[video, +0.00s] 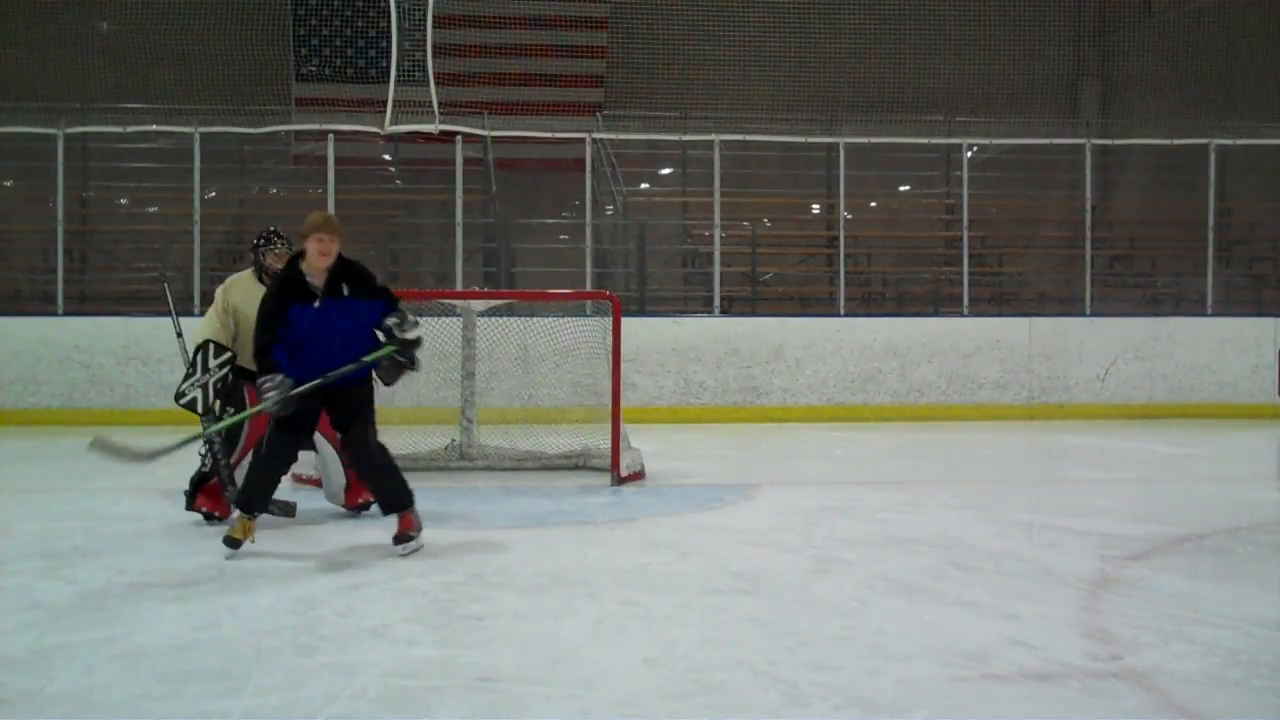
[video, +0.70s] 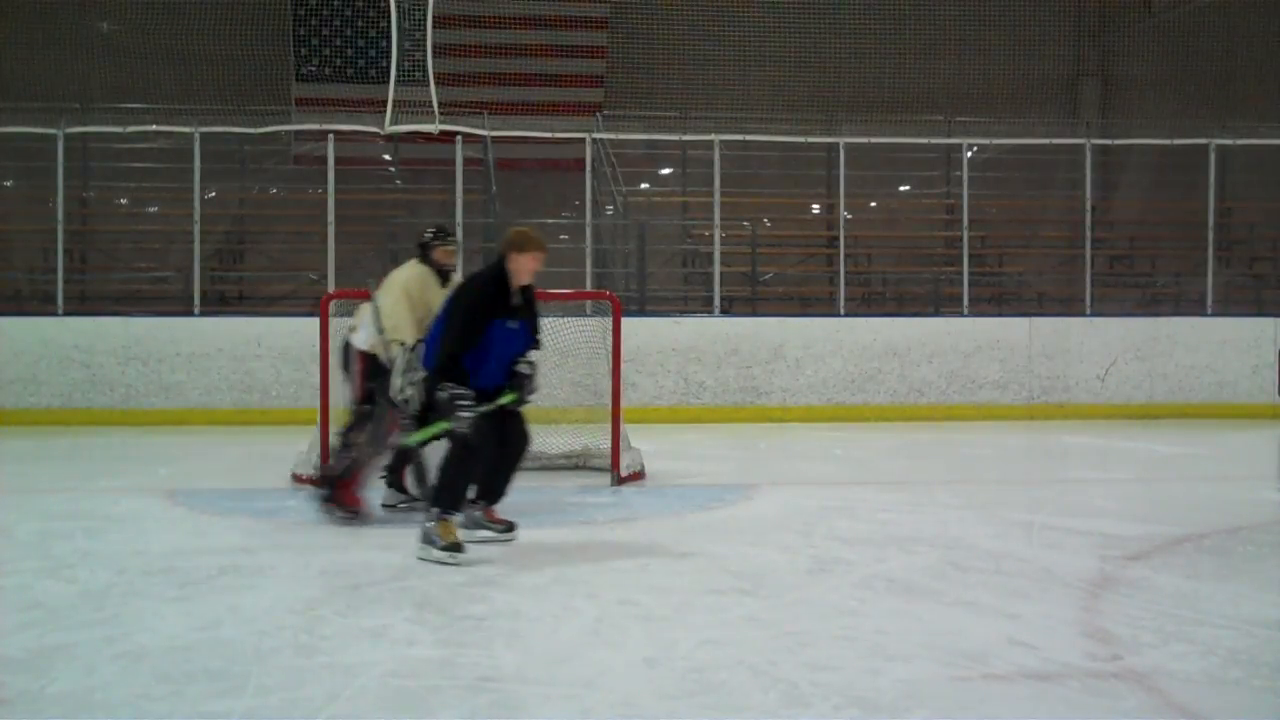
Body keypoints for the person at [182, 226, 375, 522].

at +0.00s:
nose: (280, 260)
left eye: (285, 254)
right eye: (273, 254)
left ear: (292, 255)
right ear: (259, 257)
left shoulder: (303, 286)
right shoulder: (235, 288)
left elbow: (330, 331)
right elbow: (213, 331)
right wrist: (215, 371)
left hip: (302, 373)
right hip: (251, 374)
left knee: (333, 430)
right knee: (248, 431)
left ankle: (353, 487)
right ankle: (210, 491)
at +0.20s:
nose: (301, 266)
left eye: (305, 260)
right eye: (294, 259)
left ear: (311, 262)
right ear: (279, 261)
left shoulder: (319, 291)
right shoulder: (254, 294)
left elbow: (340, 334)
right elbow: (234, 338)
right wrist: (240, 371)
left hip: (312, 381)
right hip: (267, 383)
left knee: (357, 420)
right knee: (255, 433)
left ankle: (357, 485)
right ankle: (214, 489)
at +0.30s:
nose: (324, 267)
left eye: (327, 261)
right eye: (317, 262)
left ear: (332, 263)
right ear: (300, 264)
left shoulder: (340, 292)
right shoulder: (275, 295)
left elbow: (352, 333)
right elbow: (259, 342)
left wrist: (352, 364)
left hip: (325, 378)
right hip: (284, 378)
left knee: (369, 421)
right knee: (270, 432)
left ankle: (360, 488)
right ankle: (218, 488)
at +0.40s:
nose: (360, 265)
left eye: (362, 259)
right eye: (353, 260)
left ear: (365, 263)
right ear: (336, 263)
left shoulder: (368, 294)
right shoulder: (315, 290)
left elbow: (376, 335)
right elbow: (293, 331)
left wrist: (378, 368)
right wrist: (302, 362)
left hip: (344, 377)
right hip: (302, 376)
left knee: (379, 423)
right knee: (283, 436)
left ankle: (366, 489)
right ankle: (224, 488)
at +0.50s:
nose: (394, 263)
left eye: (396, 256)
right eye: (387, 257)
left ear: (399, 258)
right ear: (371, 260)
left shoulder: (388, 290)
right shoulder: (356, 283)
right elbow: (335, 321)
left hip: (350, 367)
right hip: (317, 367)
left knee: (394, 422)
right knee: (304, 432)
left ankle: (375, 486)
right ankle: (232, 485)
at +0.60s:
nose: (426, 258)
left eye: (427, 252)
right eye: (419, 252)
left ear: (426, 255)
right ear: (403, 255)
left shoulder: (413, 284)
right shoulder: (387, 278)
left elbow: (415, 327)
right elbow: (371, 322)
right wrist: (386, 352)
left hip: (375, 359)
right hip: (346, 355)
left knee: (398, 421)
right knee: (336, 424)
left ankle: (384, 487)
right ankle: (279, 484)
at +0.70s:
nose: (450, 257)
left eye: (453, 251)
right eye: (444, 251)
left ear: (455, 254)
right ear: (428, 252)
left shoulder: (447, 283)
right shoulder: (408, 276)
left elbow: (448, 325)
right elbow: (397, 319)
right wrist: (407, 355)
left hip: (403, 353)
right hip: (371, 347)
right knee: (373, 418)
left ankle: (398, 483)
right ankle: (341, 483)